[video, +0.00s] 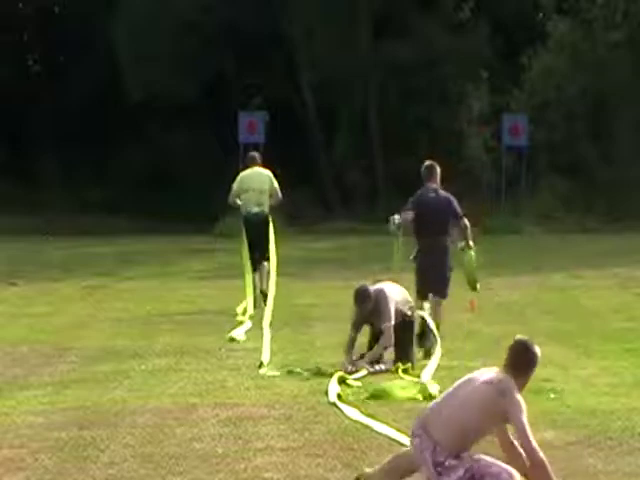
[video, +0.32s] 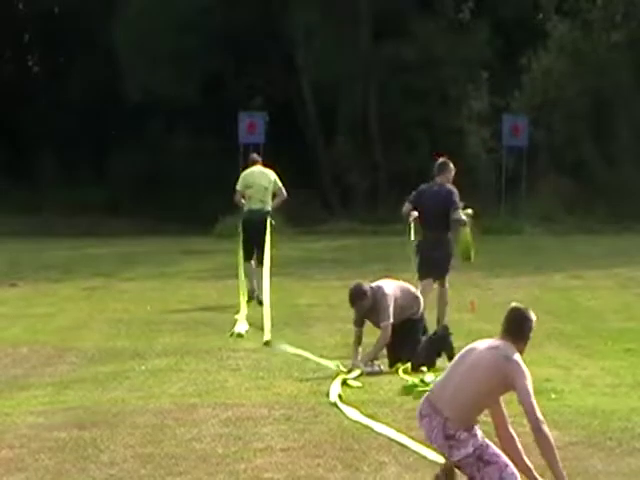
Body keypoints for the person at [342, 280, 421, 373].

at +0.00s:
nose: (362, 311)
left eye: (365, 308)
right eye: (360, 308)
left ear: (371, 300)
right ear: (357, 304)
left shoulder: (385, 297)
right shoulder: (361, 305)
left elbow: (388, 340)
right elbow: (354, 332)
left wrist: (366, 359)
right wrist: (349, 357)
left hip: (402, 314)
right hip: (379, 317)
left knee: (403, 357)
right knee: (373, 354)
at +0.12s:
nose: (360, 312)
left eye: (363, 308)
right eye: (358, 310)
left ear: (370, 300)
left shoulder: (385, 295)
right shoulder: (361, 305)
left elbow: (388, 336)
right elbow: (356, 333)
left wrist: (370, 356)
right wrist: (352, 355)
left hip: (408, 313)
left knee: (406, 357)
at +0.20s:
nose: (359, 313)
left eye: (362, 308)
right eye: (357, 309)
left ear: (369, 300)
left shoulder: (385, 294)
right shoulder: (360, 305)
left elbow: (386, 335)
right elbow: (356, 333)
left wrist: (371, 356)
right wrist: (353, 361)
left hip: (411, 314)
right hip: (393, 317)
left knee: (410, 364)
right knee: (394, 364)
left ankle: (424, 346)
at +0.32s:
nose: (357, 311)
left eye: (360, 306)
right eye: (355, 307)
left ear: (368, 297)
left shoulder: (384, 296)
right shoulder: (360, 302)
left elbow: (386, 336)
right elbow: (358, 333)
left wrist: (367, 360)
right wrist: (356, 360)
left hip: (413, 313)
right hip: (394, 318)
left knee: (410, 366)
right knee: (395, 366)